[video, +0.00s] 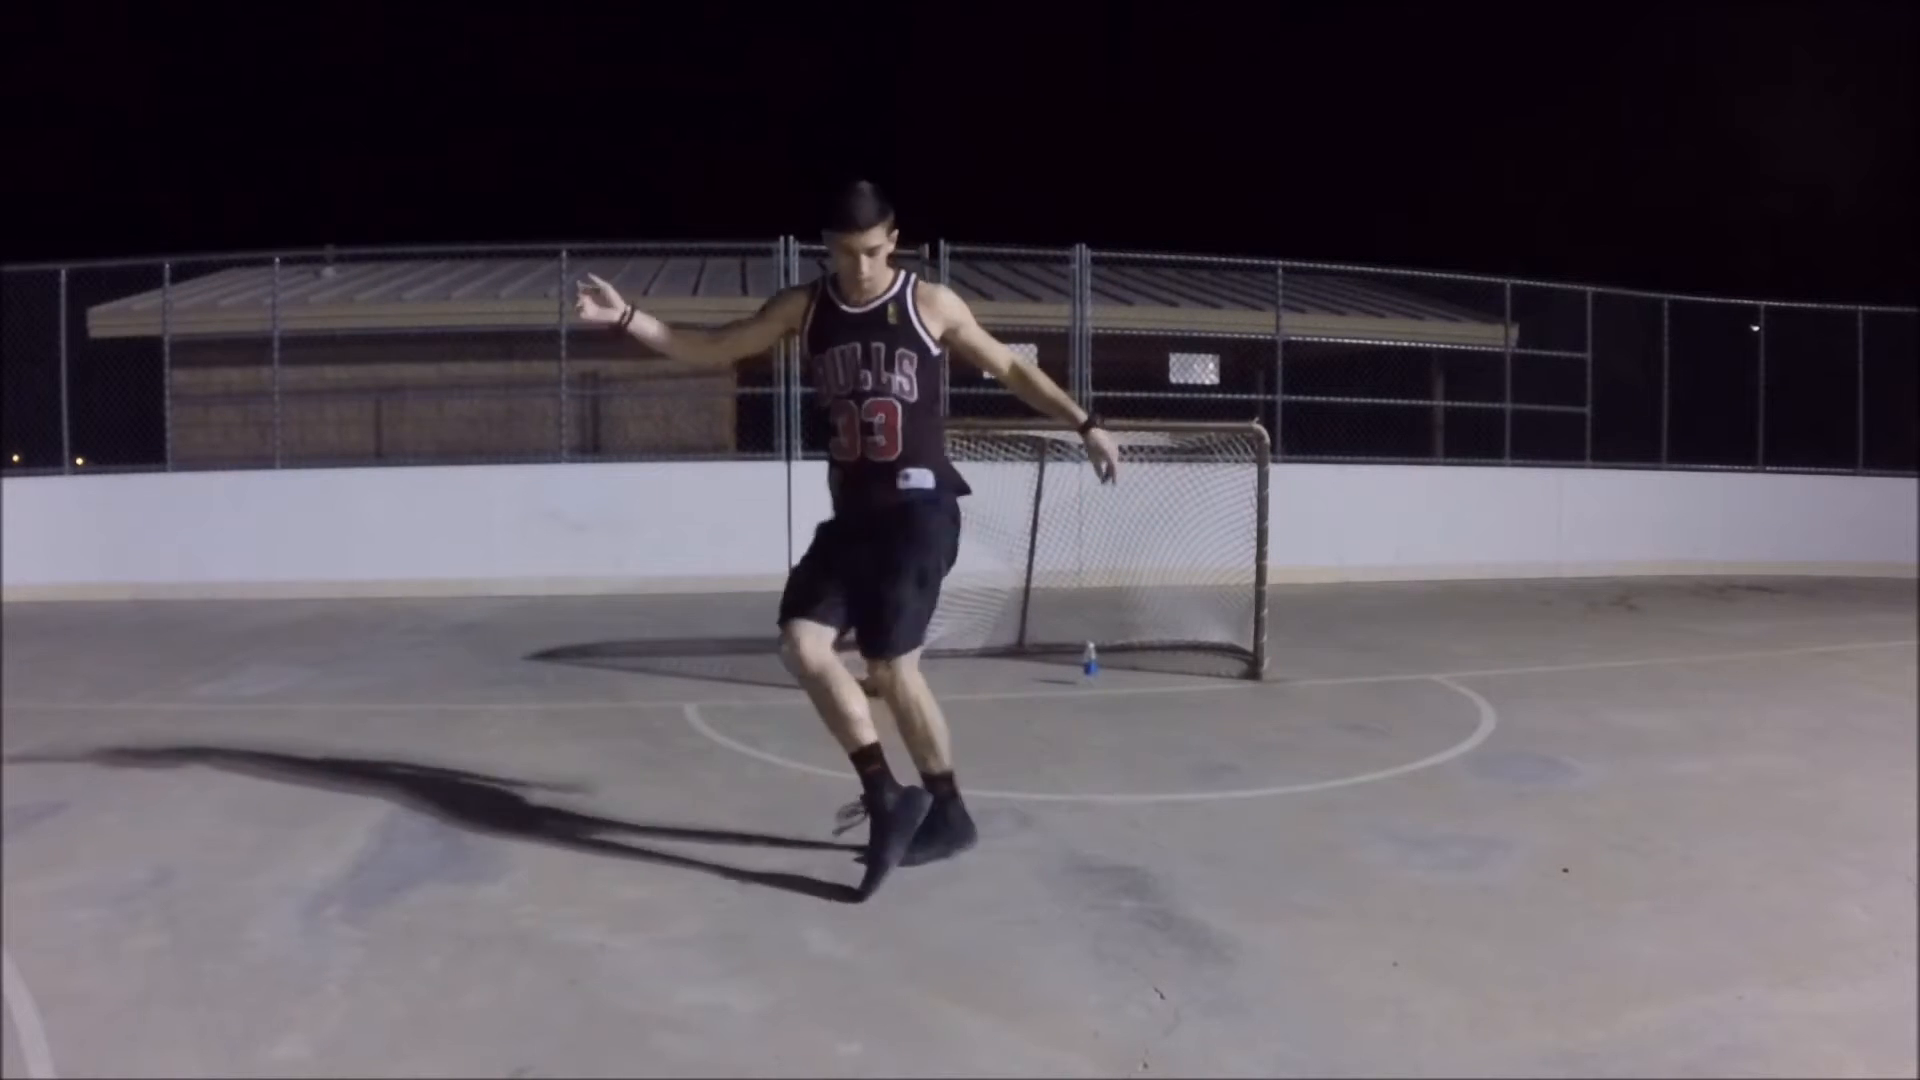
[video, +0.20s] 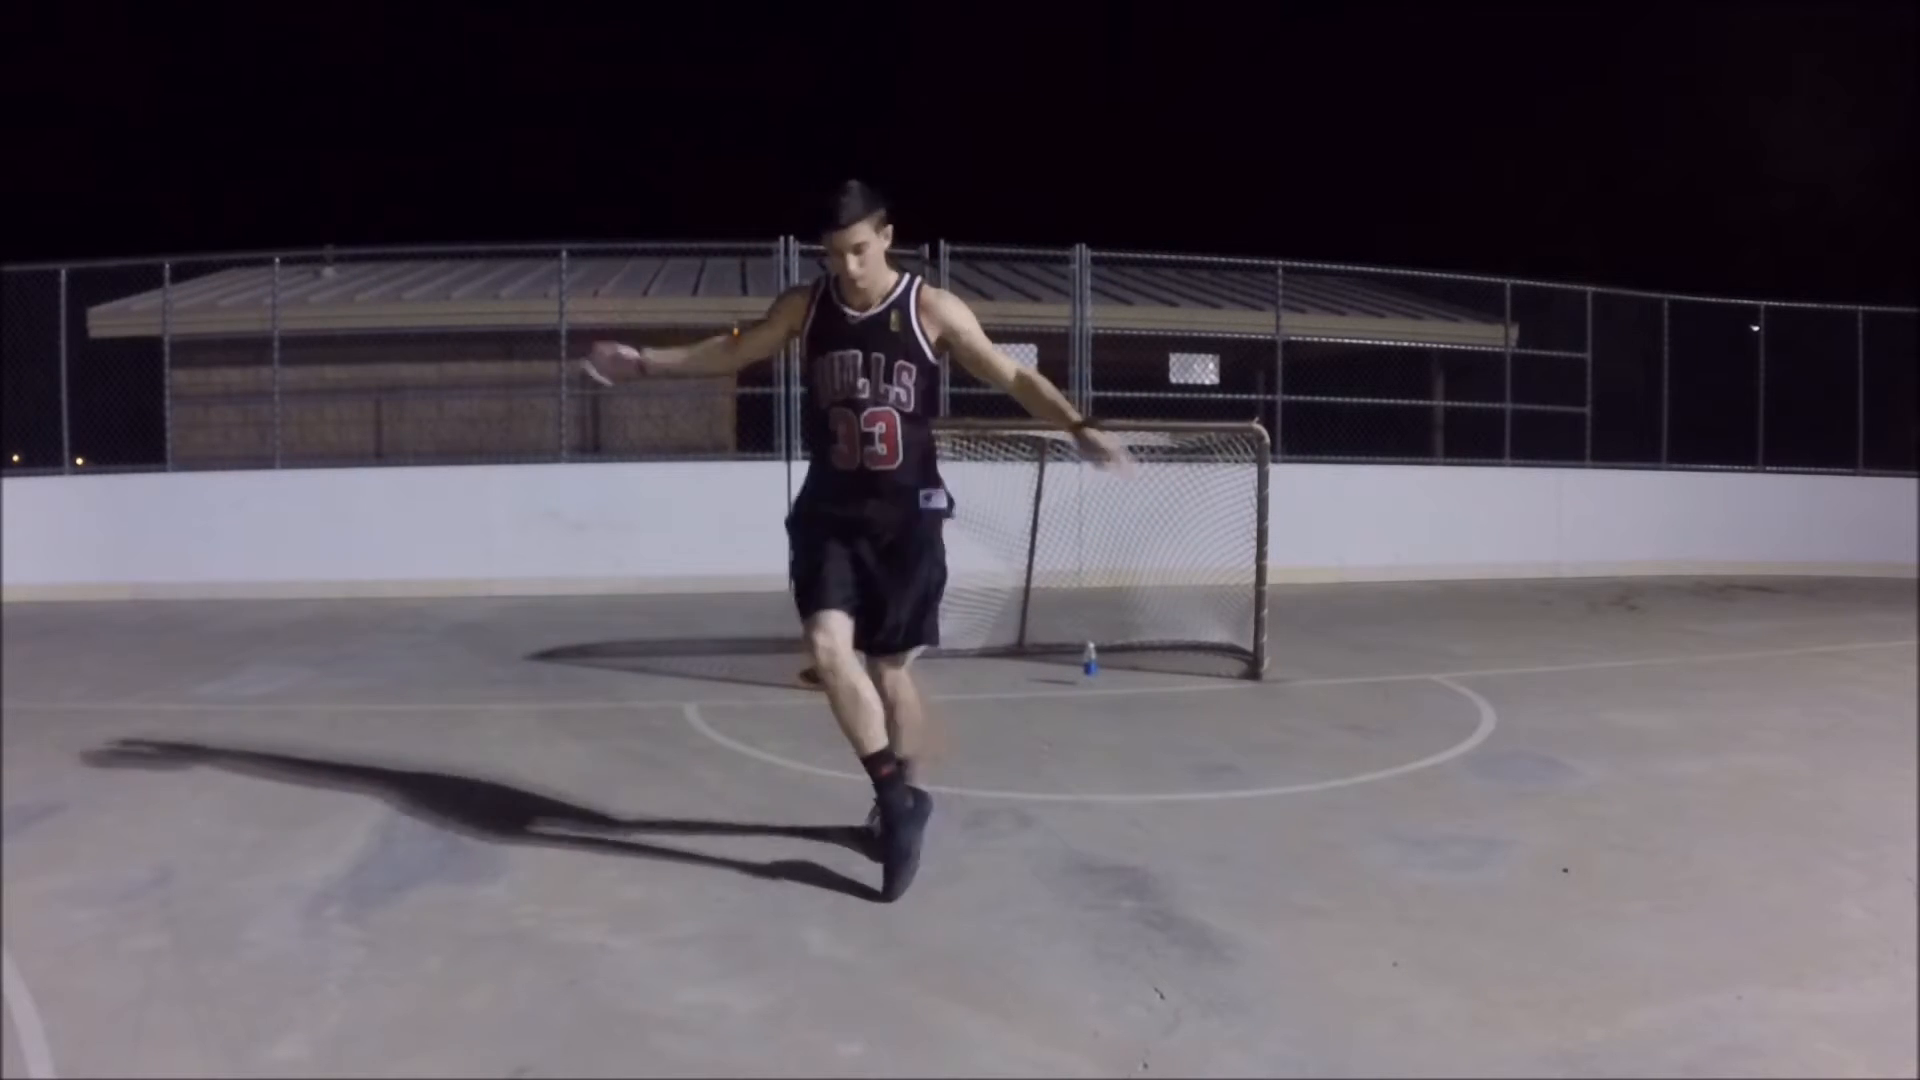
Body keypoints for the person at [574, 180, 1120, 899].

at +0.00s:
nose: (860, 270)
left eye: (872, 254)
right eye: (845, 255)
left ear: (894, 242)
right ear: (827, 247)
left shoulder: (931, 303)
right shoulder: (804, 306)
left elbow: (1012, 370)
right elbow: (716, 348)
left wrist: (1087, 426)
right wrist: (630, 318)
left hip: (919, 511)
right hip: (852, 513)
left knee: (890, 668)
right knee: (805, 641)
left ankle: (950, 812)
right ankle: (886, 803)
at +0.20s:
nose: (846, 267)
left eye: (857, 252)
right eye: (835, 254)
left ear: (886, 237)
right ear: (822, 250)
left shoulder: (933, 308)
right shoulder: (806, 304)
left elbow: (1014, 377)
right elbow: (733, 352)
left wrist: (1081, 428)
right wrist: (646, 361)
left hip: (905, 514)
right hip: (828, 510)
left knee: (887, 669)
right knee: (826, 649)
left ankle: (896, 805)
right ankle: (896, 795)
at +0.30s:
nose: (822, 276)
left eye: (831, 261)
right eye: (813, 265)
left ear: (868, 249)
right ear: (809, 265)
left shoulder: (930, 313)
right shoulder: (806, 318)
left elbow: (993, 377)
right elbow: (770, 370)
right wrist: (725, 380)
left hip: (904, 516)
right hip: (826, 513)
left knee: (873, 672)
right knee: (866, 649)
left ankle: (808, 805)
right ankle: (912, 817)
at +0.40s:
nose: (816, 276)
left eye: (821, 261)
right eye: (811, 266)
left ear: (856, 247)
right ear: (819, 262)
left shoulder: (923, 308)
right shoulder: (820, 317)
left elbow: (920, 386)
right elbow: (820, 399)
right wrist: (771, 395)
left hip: (895, 517)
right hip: (824, 511)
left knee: (861, 678)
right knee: (837, 670)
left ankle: (812, 805)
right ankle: (904, 814)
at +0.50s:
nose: (806, 258)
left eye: (806, 243)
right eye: (804, 245)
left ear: (827, 233)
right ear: (845, 231)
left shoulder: (892, 287)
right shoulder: (853, 299)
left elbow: (887, 389)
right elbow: (867, 398)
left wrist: (782, 400)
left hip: (884, 506)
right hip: (843, 500)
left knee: (845, 663)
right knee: (761, 614)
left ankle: (878, 808)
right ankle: (840, 758)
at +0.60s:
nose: (808, 255)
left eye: (809, 244)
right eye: (816, 242)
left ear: (816, 247)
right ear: (872, 246)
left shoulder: (839, 302)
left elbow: (855, 409)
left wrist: (777, 465)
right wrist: (769, 410)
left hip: (857, 505)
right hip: (916, 511)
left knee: (843, 674)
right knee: (808, 620)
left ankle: (866, 834)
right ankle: (746, 725)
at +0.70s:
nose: (892, 310)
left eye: (888, 305)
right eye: (891, 303)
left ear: (827, 300)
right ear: (878, 299)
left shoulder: (790, 353)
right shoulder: (920, 344)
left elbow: (777, 459)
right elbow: (944, 448)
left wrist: (777, 525)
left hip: (843, 544)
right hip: (922, 544)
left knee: (839, 684)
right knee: (839, 648)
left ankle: (870, 835)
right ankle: (736, 717)